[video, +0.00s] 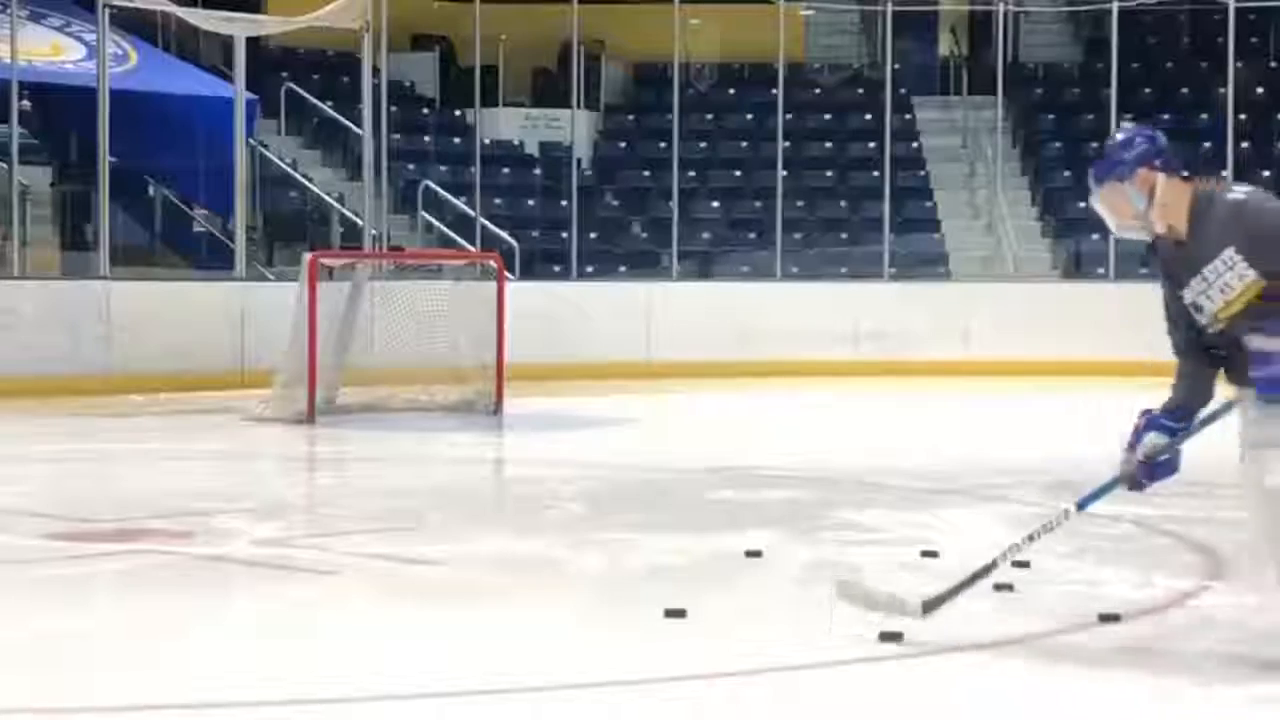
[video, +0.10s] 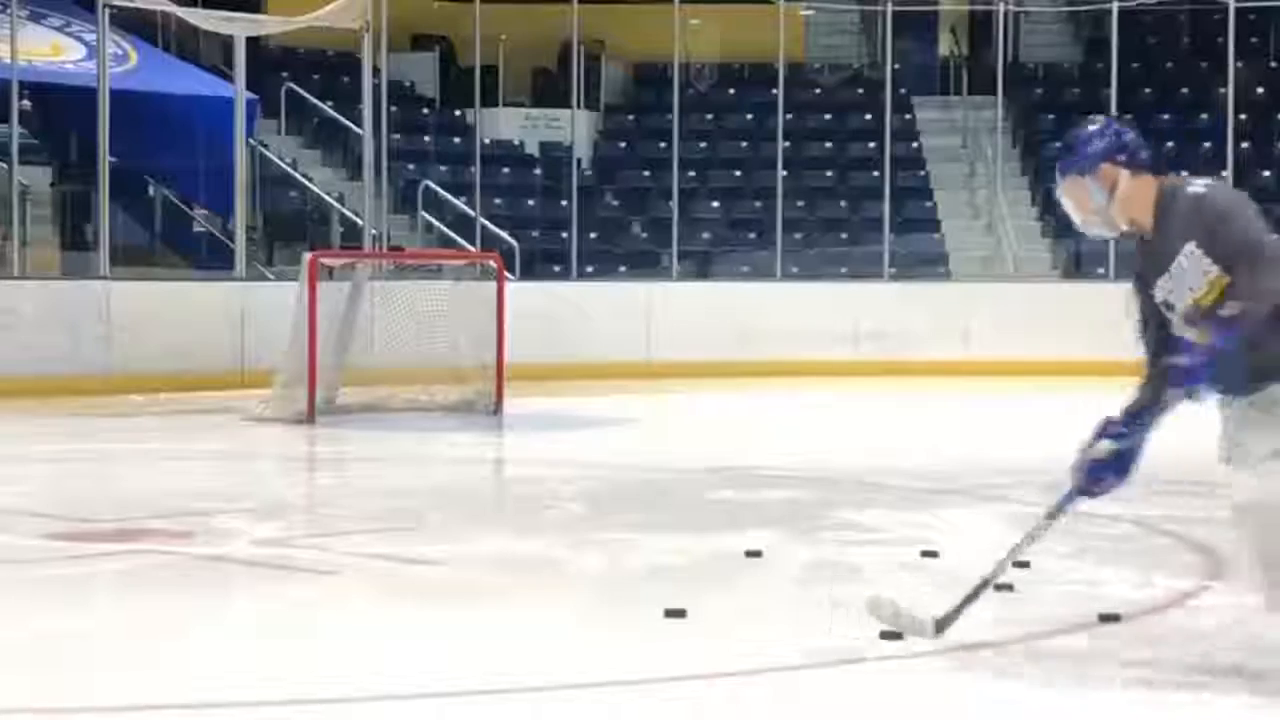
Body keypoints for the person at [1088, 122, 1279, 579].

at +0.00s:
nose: (1114, 213)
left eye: (1113, 193)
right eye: (1106, 199)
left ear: (1146, 178)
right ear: (1143, 181)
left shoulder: (1246, 212)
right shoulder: (1171, 259)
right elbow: (1197, 355)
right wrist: (1169, 425)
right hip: (1263, 397)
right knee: (1265, 533)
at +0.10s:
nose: (1080, 209)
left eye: (1080, 190)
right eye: (1072, 196)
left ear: (1113, 172)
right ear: (1112, 178)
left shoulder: (1209, 203)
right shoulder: (1149, 265)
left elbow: (1266, 273)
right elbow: (1167, 366)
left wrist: (1218, 340)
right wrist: (1128, 432)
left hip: (1271, 385)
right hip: (1245, 399)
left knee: (1263, 523)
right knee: (1260, 526)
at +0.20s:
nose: (1046, 203)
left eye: (1048, 183)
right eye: (1038, 190)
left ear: (1081, 165)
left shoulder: (1161, 197)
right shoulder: (1103, 250)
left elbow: (1209, 273)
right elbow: (1117, 361)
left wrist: (1147, 329)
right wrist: (1069, 438)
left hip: (1264, 371)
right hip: (1210, 393)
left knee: (1265, 523)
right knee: (1225, 533)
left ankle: (1272, 635)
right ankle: (1272, 637)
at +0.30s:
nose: (992, 187)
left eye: (998, 169)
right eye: (988, 173)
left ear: (1030, 159)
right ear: (1026, 165)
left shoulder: (1099, 197)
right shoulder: (1060, 234)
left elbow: (1136, 276)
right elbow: (1060, 344)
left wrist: (1087, 339)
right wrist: (1014, 429)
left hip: (1208, 365)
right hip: (1155, 388)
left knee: (1178, 497)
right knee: (1163, 508)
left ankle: (1240, 648)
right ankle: (1221, 648)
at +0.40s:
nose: (934, 187)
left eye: (937, 171)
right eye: (930, 173)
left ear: (964, 163)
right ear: (964, 166)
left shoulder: (1021, 196)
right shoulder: (999, 236)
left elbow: (1054, 273)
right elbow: (999, 347)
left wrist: (1015, 345)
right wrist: (944, 435)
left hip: (1132, 364)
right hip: (1108, 374)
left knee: (1057, 488)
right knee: (1095, 524)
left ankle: (1083, 661)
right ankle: (1185, 668)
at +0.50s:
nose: (845, 189)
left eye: (849, 172)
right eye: (842, 174)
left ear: (881, 167)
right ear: (892, 169)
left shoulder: (928, 213)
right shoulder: (919, 225)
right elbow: (911, 363)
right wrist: (851, 444)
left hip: (1026, 376)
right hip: (1044, 376)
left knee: (927, 487)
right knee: (1007, 528)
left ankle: (981, 661)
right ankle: (1097, 674)